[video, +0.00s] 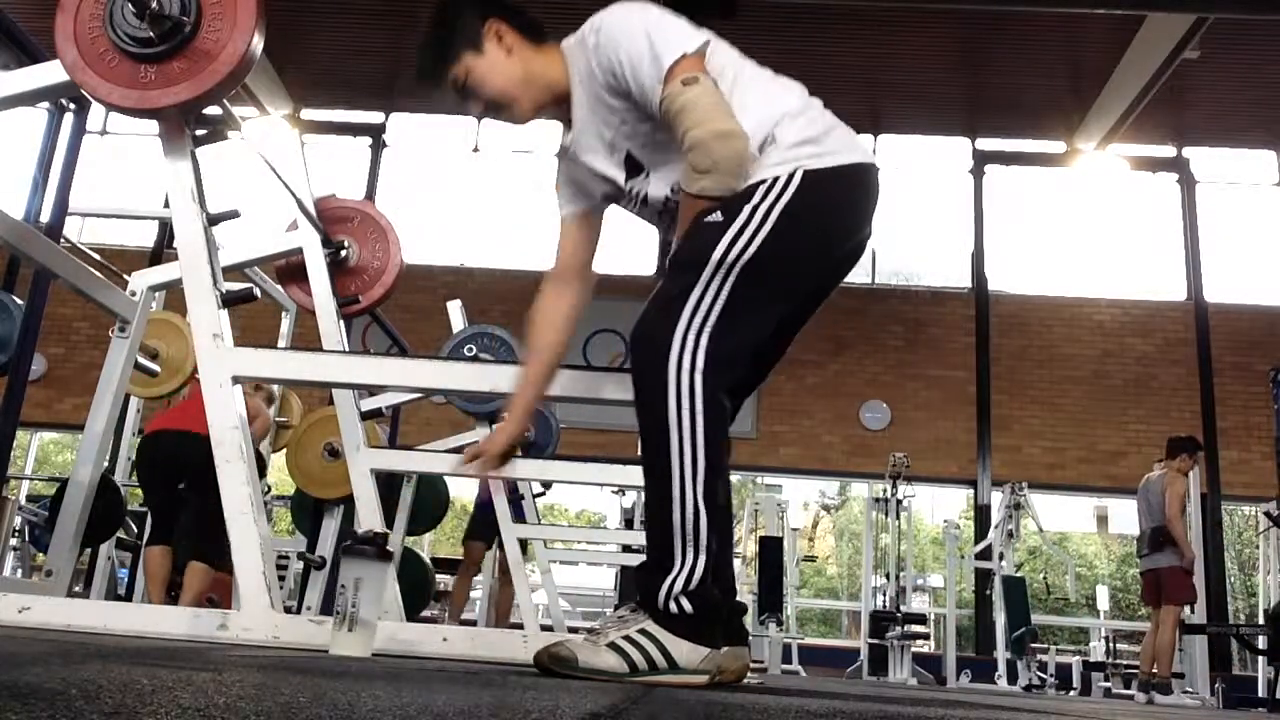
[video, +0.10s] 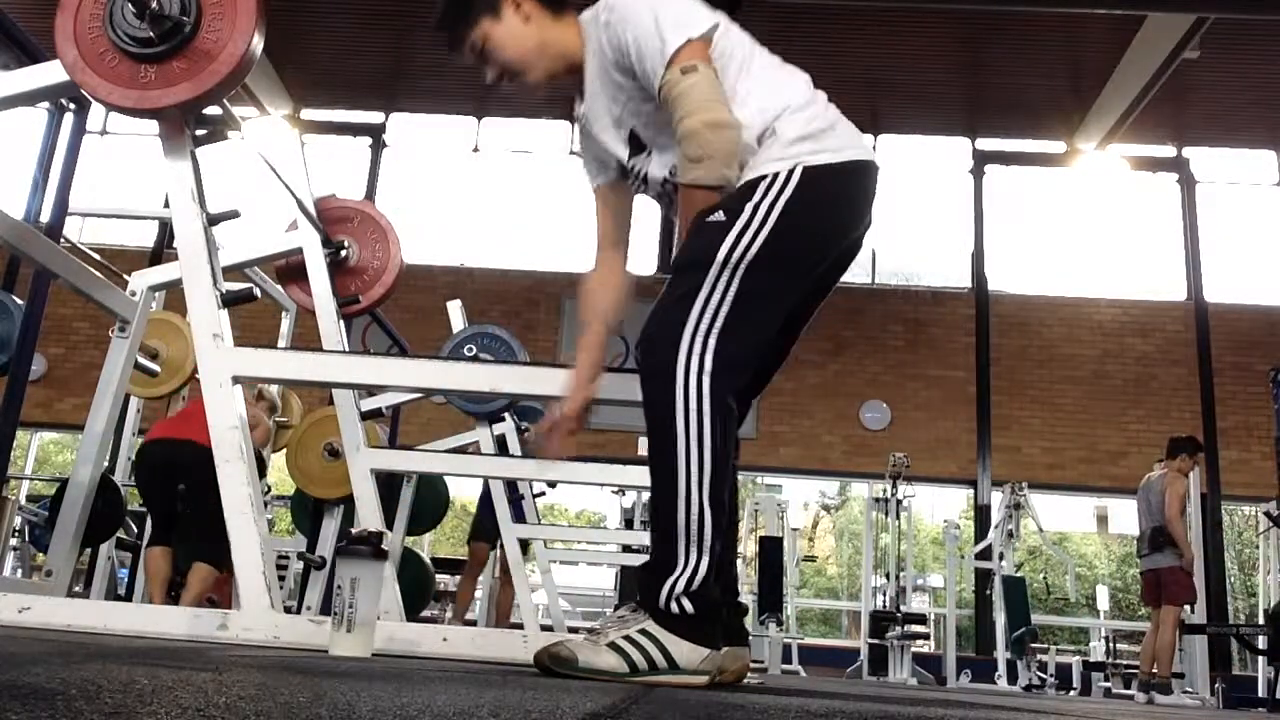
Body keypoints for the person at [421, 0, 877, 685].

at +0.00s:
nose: (477, 106)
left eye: (469, 84)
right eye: (466, 98)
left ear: (500, 38)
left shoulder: (620, 30)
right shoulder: (580, 157)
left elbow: (721, 149)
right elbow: (564, 285)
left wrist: (676, 259)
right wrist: (516, 417)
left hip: (802, 171)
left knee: (667, 350)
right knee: (689, 387)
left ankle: (684, 623)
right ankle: (710, 629)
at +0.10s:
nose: (494, 70)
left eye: (486, 47)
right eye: (483, 63)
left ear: (520, 6)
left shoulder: (628, 14)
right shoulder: (600, 125)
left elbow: (711, 136)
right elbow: (611, 259)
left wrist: (683, 281)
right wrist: (578, 390)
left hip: (802, 165)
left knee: (678, 353)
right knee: (702, 387)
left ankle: (684, 624)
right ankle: (713, 631)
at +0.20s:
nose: (513, 34)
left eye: (509, 12)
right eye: (505, 24)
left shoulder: (649, 4)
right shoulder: (618, 92)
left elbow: (714, 125)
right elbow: (658, 232)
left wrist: (692, 251)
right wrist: (642, 353)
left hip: (800, 166)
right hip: (770, 183)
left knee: (689, 367)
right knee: (682, 380)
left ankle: (687, 625)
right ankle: (711, 629)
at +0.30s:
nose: (548, 13)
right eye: (544, 8)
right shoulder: (644, 58)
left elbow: (726, 107)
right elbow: (678, 175)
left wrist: (679, 234)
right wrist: (676, 251)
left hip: (796, 172)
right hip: (764, 184)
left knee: (697, 373)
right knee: (698, 383)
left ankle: (685, 623)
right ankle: (712, 629)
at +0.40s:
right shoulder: (667, 39)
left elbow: (746, 68)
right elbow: (691, 158)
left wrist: (696, 203)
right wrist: (688, 263)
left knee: (725, 370)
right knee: (695, 397)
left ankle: (694, 619)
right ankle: (709, 628)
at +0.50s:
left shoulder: (756, 3)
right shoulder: (698, 22)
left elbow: (770, 53)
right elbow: (745, 134)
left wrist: (717, 180)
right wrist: (722, 246)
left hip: (810, 168)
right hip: (768, 182)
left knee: (744, 380)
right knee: (714, 397)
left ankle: (752, 619)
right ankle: (718, 617)